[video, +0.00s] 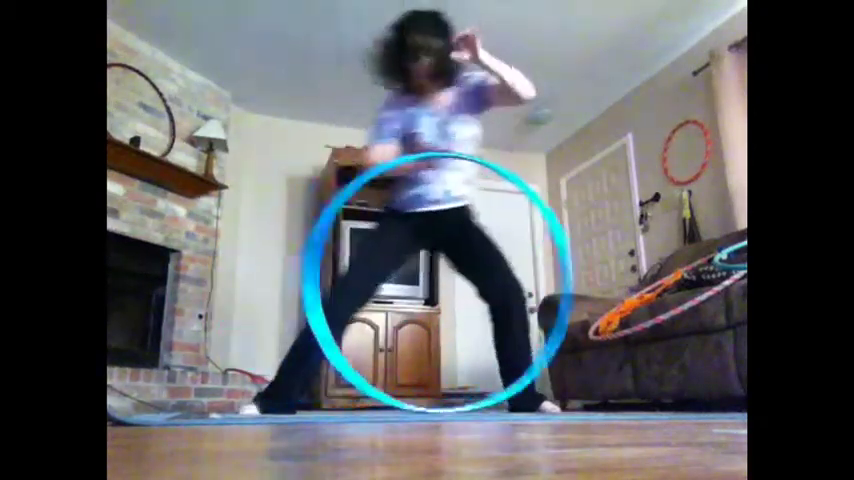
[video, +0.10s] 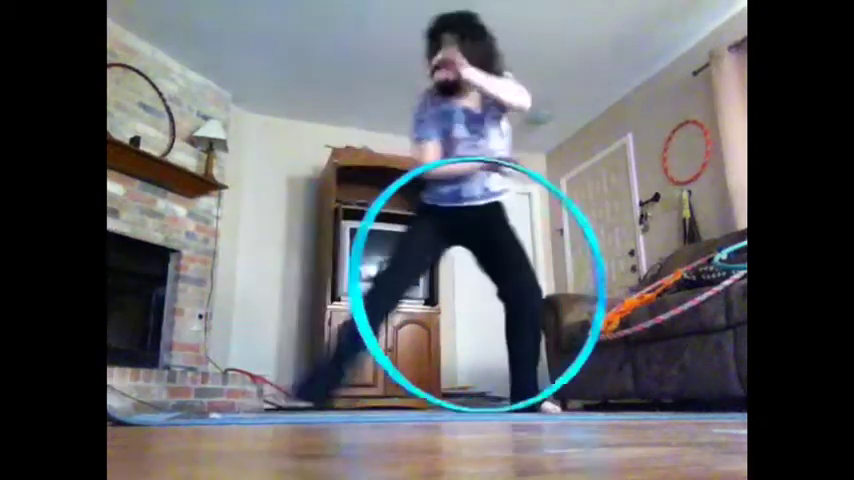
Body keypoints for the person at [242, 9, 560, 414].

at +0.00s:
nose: (421, 63)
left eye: (429, 54)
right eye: (413, 55)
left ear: (447, 55)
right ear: (401, 59)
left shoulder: (468, 93)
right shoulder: (398, 105)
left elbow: (524, 93)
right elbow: (378, 158)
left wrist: (482, 59)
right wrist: (415, 158)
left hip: (453, 217)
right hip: (403, 219)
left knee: (507, 294)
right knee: (342, 301)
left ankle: (525, 399)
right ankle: (275, 403)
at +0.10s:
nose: (444, 62)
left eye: (452, 52)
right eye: (438, 55)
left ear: (476, 54)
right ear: (433, 60)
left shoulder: (498, 88)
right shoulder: (433, 102)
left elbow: (522, 101)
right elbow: (427, 169)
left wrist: (469, 73)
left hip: (486, 215)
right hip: (437, 216)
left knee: (525, 296)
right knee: (385, 293)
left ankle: (525, 398)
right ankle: (314, 391)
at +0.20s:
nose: (471, 68)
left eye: (479, 57)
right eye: (461, 60)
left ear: (496, 53)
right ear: (449, 62)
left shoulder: (512, 88)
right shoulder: (444, 102)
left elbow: (512, 113)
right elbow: (454, 169)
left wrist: (454, 90)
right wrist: (511, 171)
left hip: (499, 214)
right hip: (450, 216)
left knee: (528, 295)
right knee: (411, 290)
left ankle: (527, 396)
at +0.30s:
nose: (475, 73)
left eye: (485, 62)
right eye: (466, 64)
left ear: (501, 64)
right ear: (455, 68)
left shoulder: (517, 95)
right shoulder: (446, 108)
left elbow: (508, 124)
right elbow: (467, 171)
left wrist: (445, 113)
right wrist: (532, 177)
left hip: (508, 215)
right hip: (458, 219)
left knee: (527, 298)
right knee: (424, 298)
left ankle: (533, 400)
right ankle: (424, 390)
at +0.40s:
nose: (478, 77)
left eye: (487, 68)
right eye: (469, 68)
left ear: (501, 70)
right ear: (459, 71)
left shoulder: (517, 102)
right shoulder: (449, 113)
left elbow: (503, 138)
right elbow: (464, 172)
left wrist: (441, 131)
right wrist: (525, 176)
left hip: (513, 220)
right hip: (465, 223)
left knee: (522, 301)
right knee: (425, 305)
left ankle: (534, 402)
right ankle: (444, 393)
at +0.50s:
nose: (475, 79)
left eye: (484, 70)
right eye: (467, 70)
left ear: (497, 73)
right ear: (455, 73)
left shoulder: (513, 106)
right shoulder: (445, 117)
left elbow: (498, 147)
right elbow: (449, 174)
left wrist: (441, 129)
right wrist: (506, 173)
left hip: (508, 223)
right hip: (461, 224)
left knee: (522, 301)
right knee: (416, 299)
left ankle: (534, 400)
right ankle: (427, 393)